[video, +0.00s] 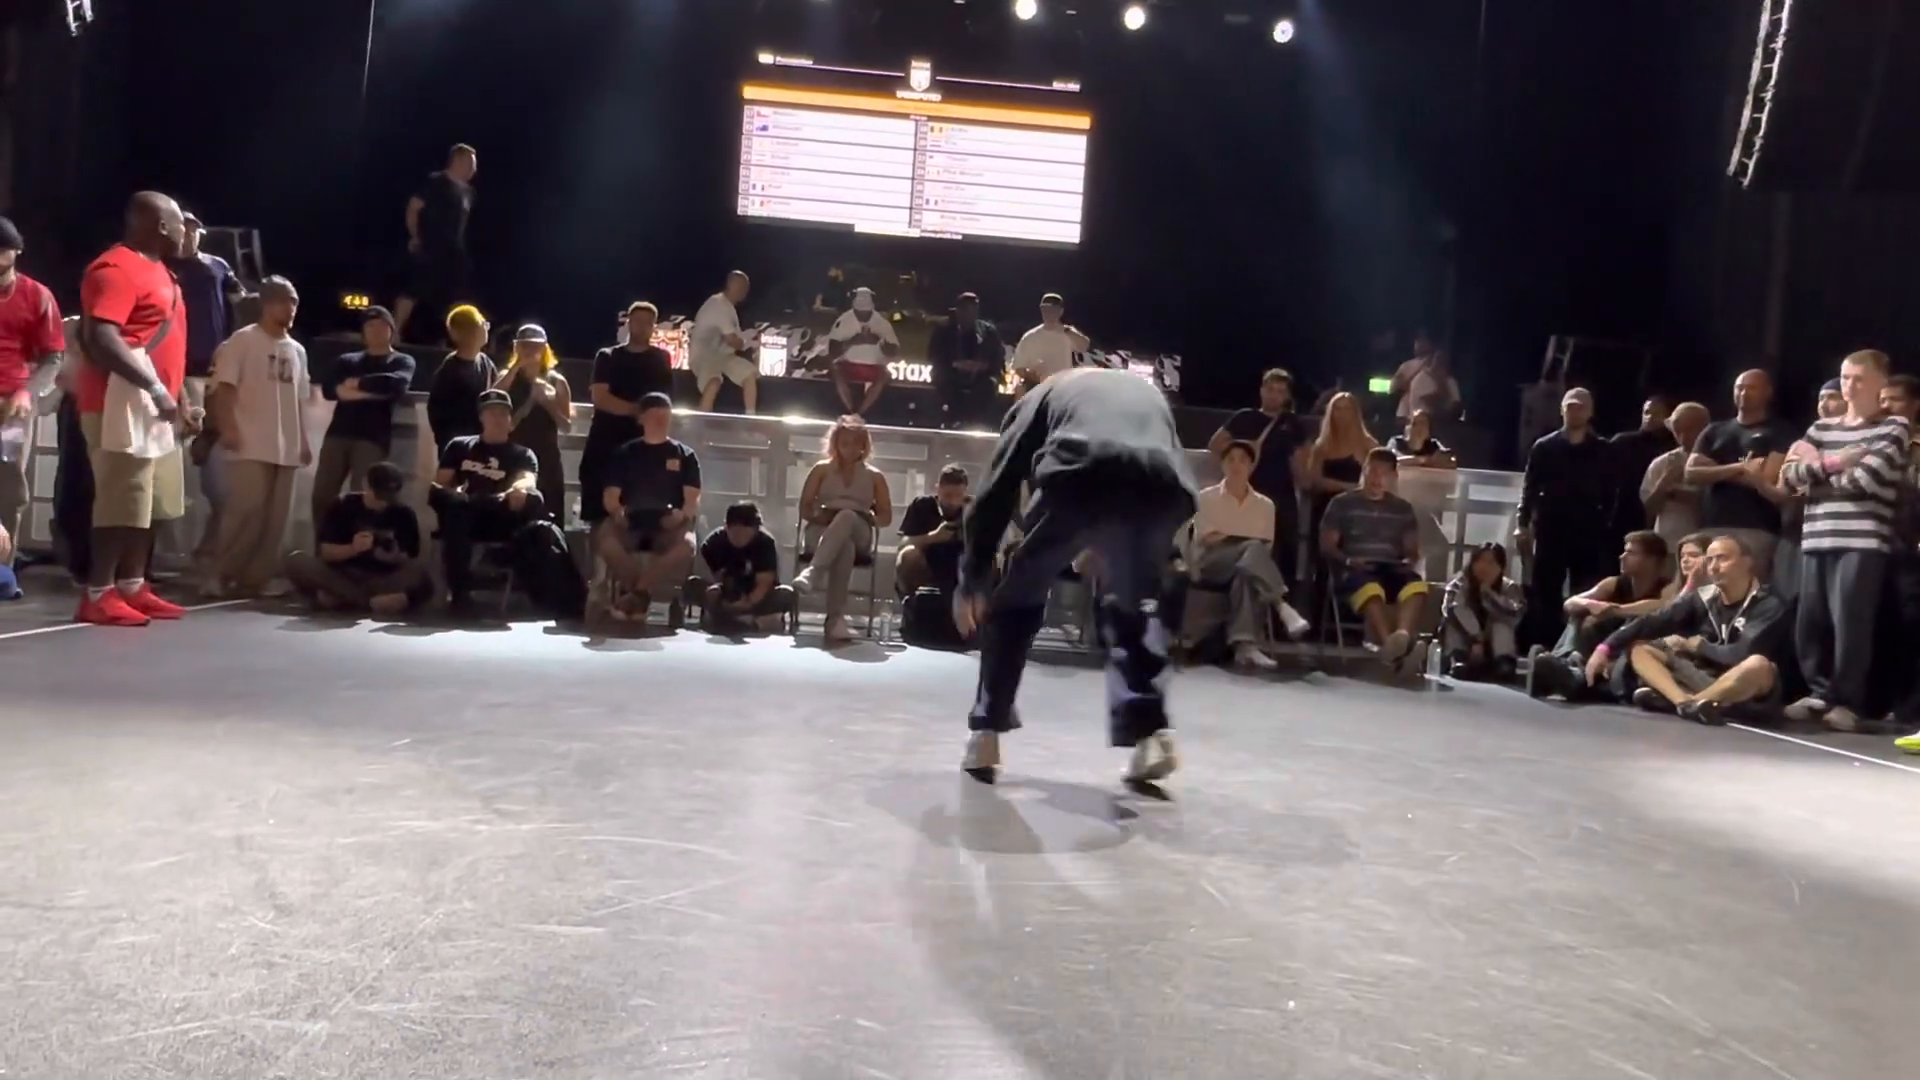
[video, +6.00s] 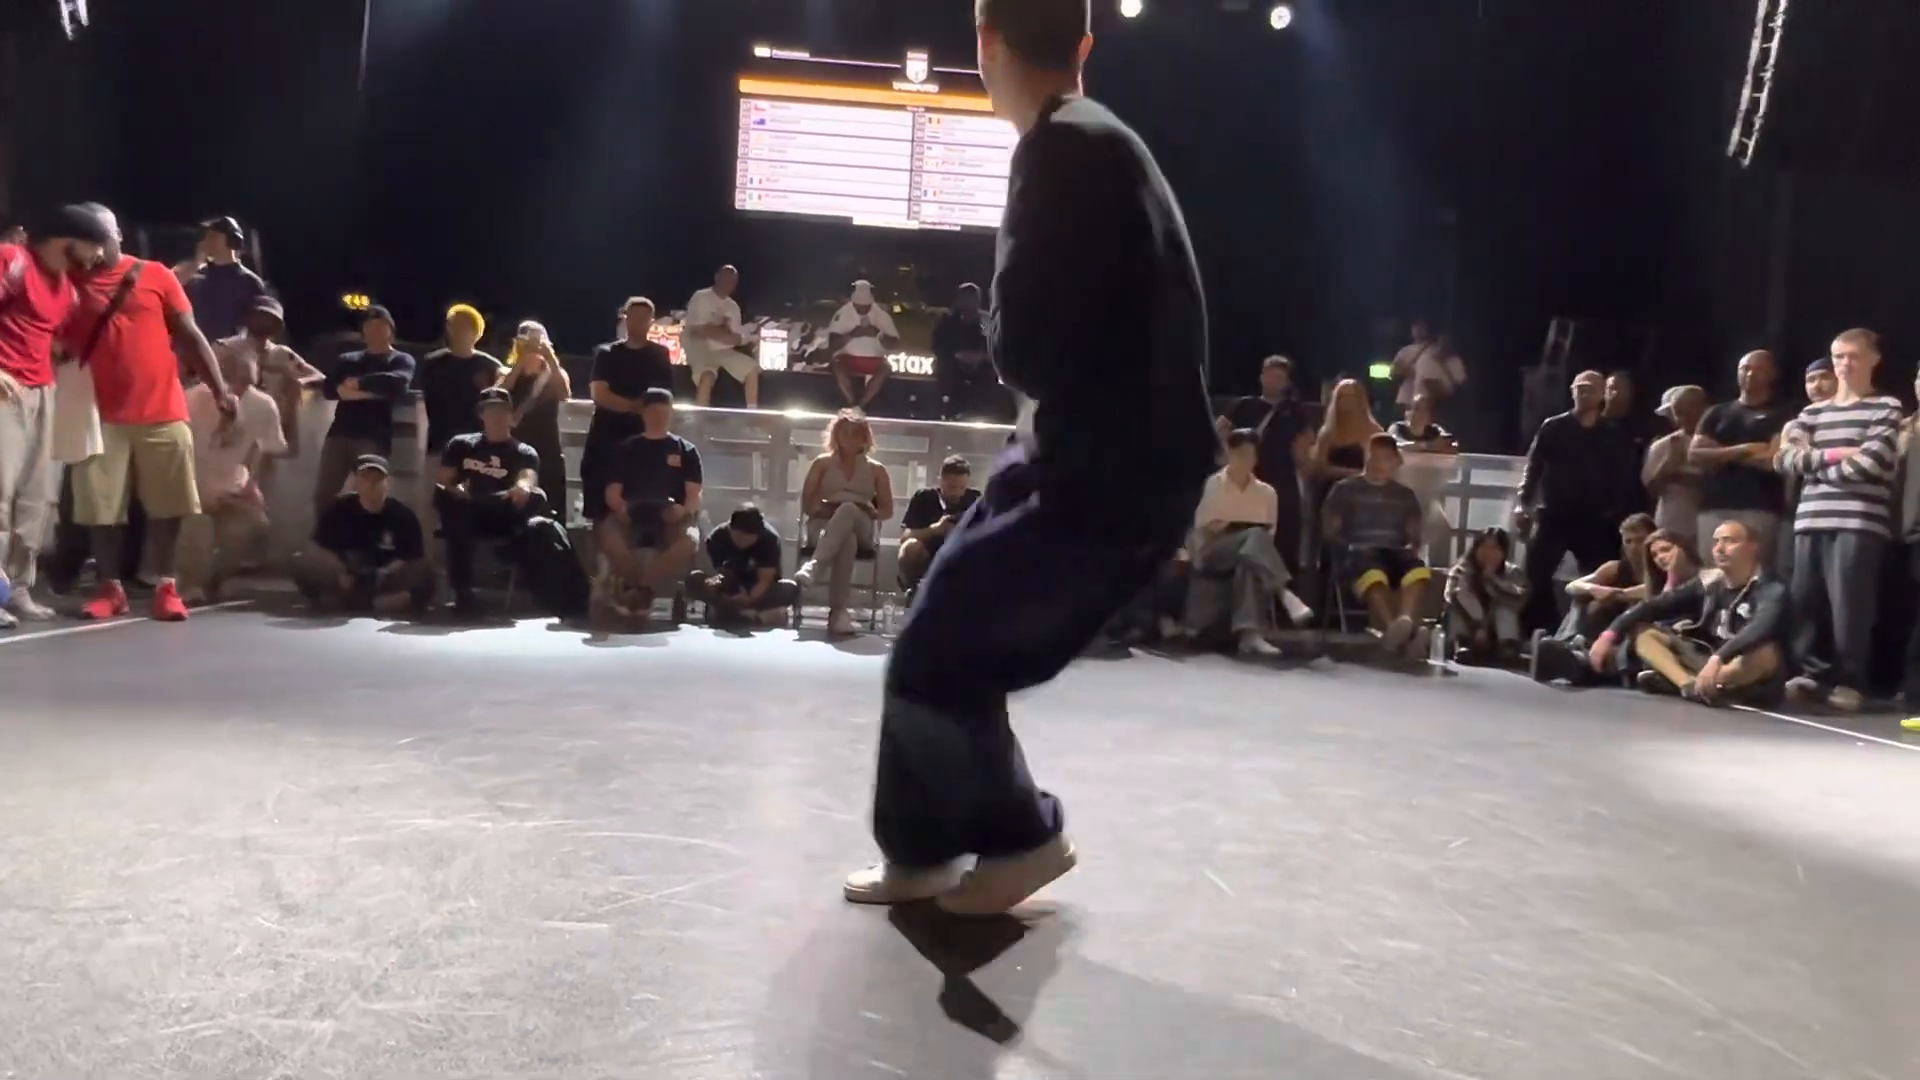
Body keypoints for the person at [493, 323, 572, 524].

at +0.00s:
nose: (530, 351)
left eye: (536, 345)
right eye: (525, 345)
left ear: (544, 349)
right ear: (516, 348)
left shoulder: (557, 382)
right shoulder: (506, 378)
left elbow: (566, 425)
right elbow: (490, 405)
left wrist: (546, 402)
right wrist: (515, 368)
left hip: (546, 455)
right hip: (512, 455)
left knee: (551, 517)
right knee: (511, 518)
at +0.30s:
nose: (537, 347)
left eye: (543, 342)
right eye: (532, 341)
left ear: (551, 346)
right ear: (522, 345)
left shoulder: (563, 379)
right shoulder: (511, 376)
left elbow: (571, 423)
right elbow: (502, 414)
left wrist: (552, 399)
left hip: (552, 451)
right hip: (519, 450)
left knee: (556, 512)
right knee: (518, 512)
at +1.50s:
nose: (557, 330)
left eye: (562, 325)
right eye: (551, 325)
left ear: (568, 329)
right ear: (540, 328)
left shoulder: (579, 362)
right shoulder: (527, 360)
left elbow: (585, 407)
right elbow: (523, 401)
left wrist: (571, 380)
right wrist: (548, 373)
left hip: (568, 434)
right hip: (536, 434)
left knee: (572, 494)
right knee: (534, 495)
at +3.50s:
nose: (559, 327)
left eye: (565, 321)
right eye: (553, 321)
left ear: (573, 325)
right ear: (544, 324)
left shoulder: (583, 356)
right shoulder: (531, 354)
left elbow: (588, 393)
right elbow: (532, 399)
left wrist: (576, 358)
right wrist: (557, 373)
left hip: (572, 430)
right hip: (540, 429)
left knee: (575, 490)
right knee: (539, 490)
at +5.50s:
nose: (547, 337)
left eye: (552, 331)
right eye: (541, 332)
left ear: (560, 335)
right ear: (532, 335)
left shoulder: (569, 366)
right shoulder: (521, 364)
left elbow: (575, 396)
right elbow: (515, 394)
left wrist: (564, 356)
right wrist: (535, 364)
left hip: (560, 436)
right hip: (529, 434)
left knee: (565, 495)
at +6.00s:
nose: (535, 350)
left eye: (539, 345)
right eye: (529, 345)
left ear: (546, 347)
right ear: (518, 346)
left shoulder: (552, 375)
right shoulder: (508, 374)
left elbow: (564, 394)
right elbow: (496, 397)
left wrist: (551, 358)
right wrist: (518, 364)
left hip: (548, 449)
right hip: (516, 449)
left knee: (553, 511)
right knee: (516, 510)